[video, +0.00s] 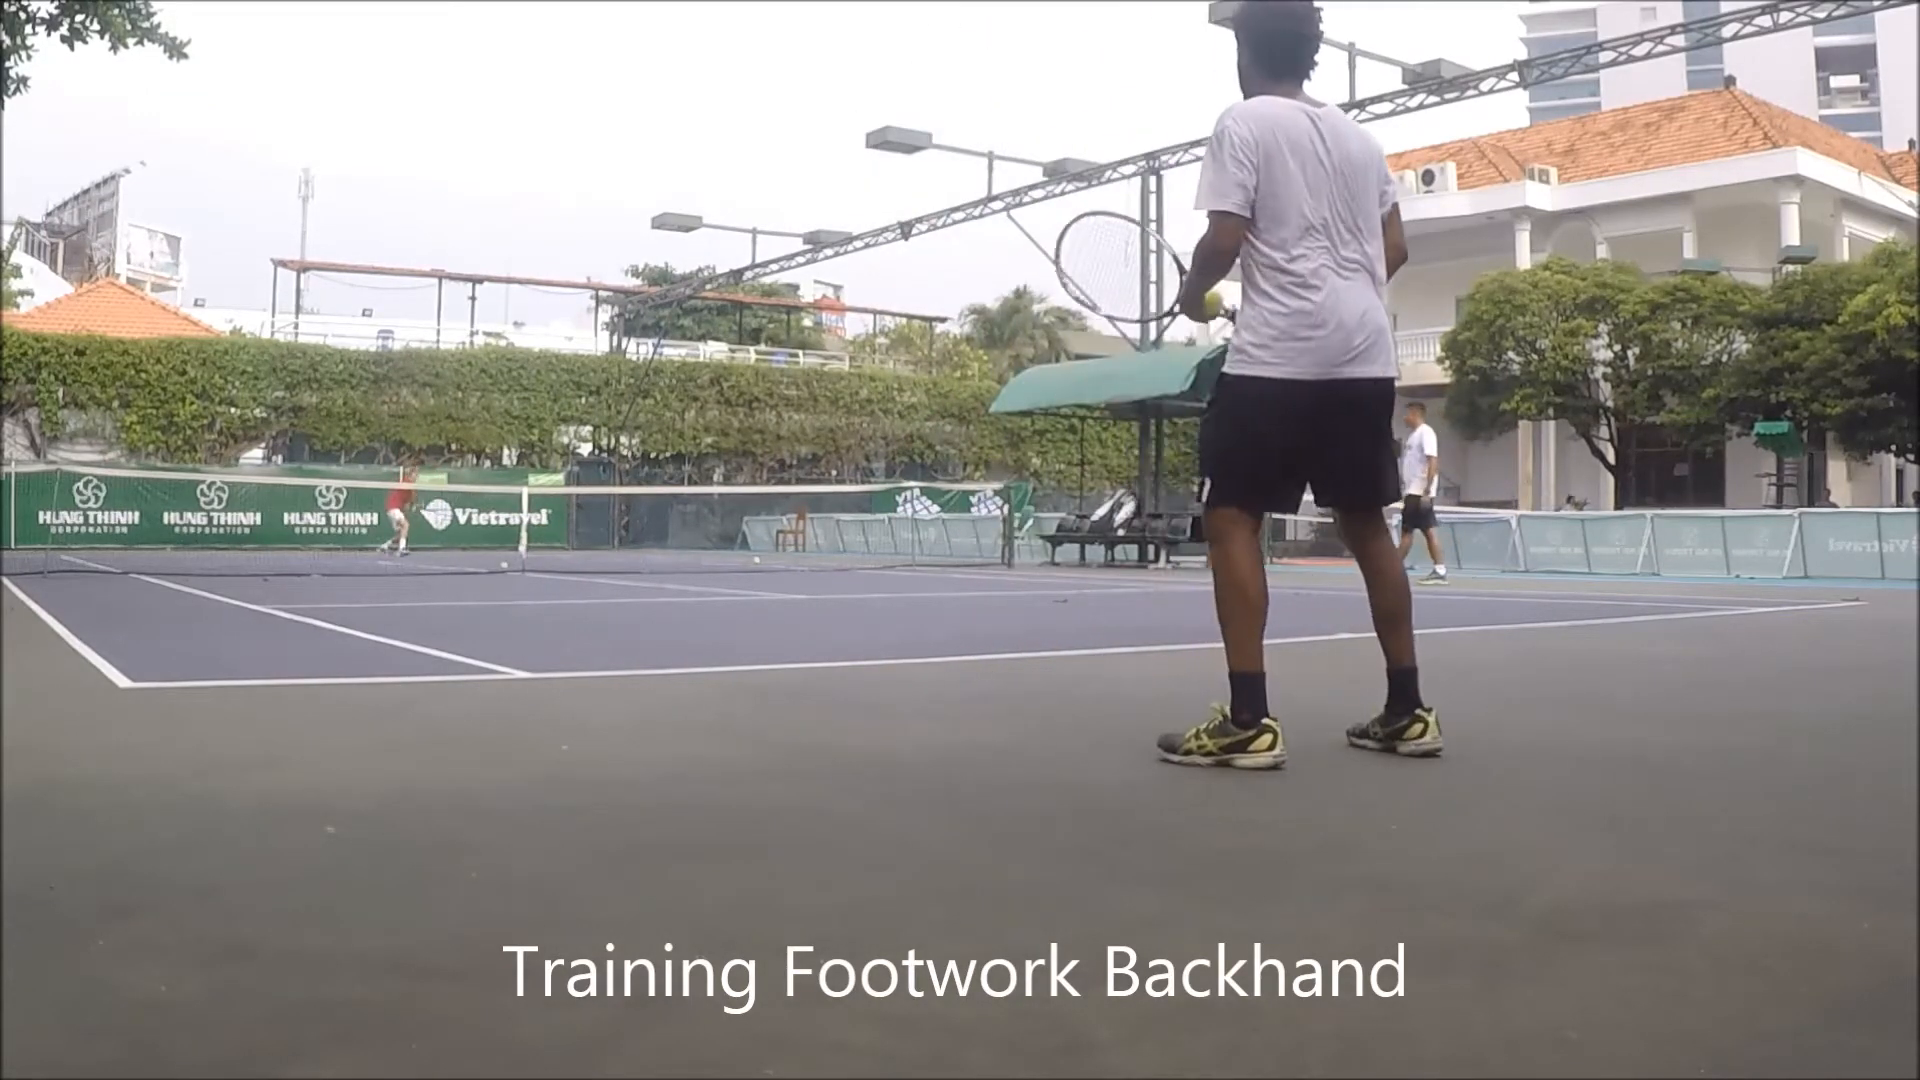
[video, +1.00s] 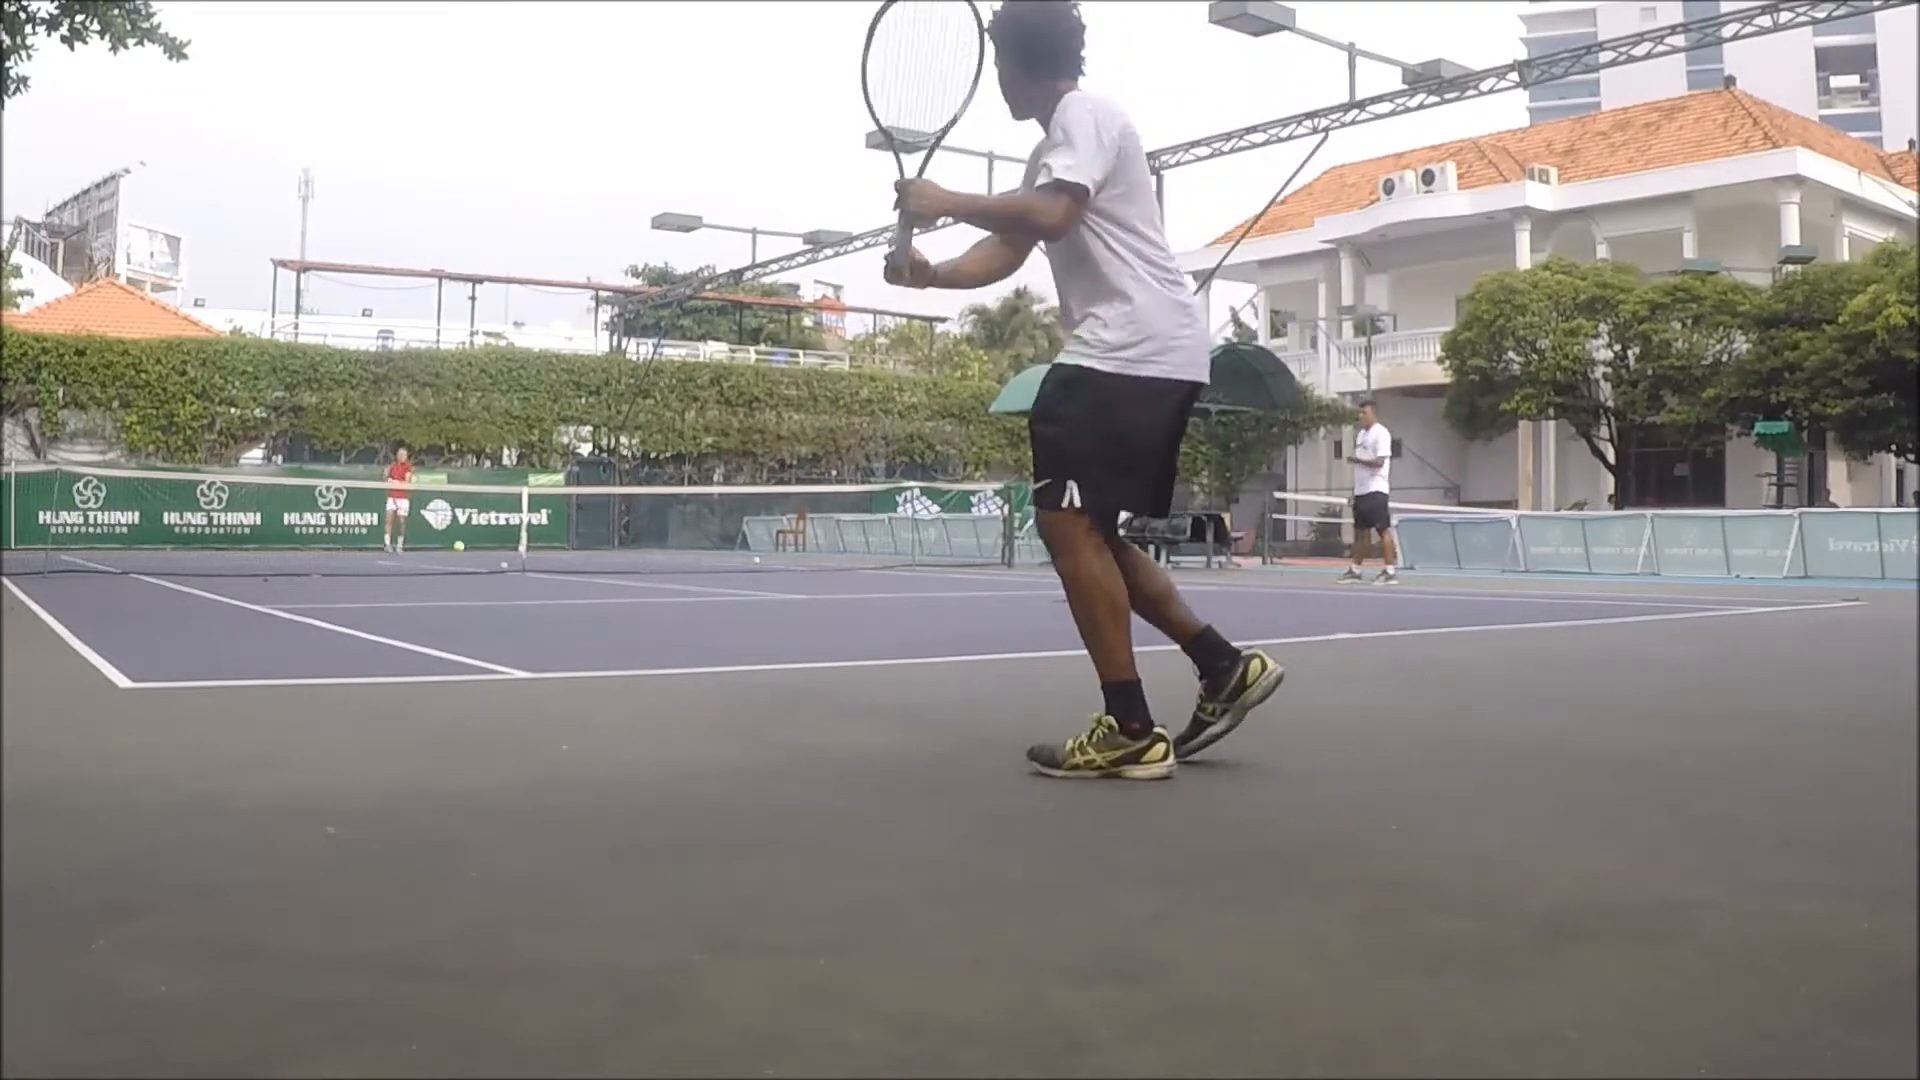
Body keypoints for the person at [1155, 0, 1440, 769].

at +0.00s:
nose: (1232, 60)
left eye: (1235, 46)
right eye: (1237, 45)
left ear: (1246, 52)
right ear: (1312, 55)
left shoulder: (1244, 122)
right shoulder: (1359, 137)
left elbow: (1225, 239)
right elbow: (1394, 250)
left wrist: (1193, 289)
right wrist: (1341, 304)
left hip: (1274, 360)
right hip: (1366, 363)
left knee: (1230, 523)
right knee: (1367, 524)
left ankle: (1247, 719)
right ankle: (1407, 708)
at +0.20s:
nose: (1250, 66)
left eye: (1252, 54)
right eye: (1254, 53)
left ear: (1261, 57)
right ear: (1328, 58)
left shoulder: (1259, 124)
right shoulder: (1378, 141)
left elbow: (1236, 237)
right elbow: (1410, 250)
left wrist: (1212, 278)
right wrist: (1353, 291)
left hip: (1288, 364)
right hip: (1380, 366)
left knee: (1239, 524)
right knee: (1373, 528)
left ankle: (1248, 718)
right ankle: (1407, 708)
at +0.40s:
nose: (1233, 68)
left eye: (1236, 56)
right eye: (1236, 55)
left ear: (1247, 61)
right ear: (1313, 64)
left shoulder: (1247, 126)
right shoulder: (1364, 144)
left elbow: (1233, 237)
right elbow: (1401, 252)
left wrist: (1205, 283)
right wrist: (1343, 300)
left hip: (1280, 355)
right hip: (1373, 360)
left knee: (1210, 518)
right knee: (1360, 527)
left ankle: (1229, 706)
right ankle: (1405, 707)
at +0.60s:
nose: (1178, 98)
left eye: (1180, 86)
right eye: (1180, 85)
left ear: (1191, 86)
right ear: (1256, 89)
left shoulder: (1202, 153)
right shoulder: (1310, 165)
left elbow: (1200, 271)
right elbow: (1339, 276)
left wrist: (1157, 299)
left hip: (1254, 373)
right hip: (1341, 383)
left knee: (1139, 525)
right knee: (1326, 548)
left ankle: (1144, 717)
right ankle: (1402, 710)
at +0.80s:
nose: (1078, 89)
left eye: (1081, 73)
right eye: (1079, 73)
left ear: (1097, 73)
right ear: (1155, 73)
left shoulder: (1128, 140)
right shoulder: (1191, 145)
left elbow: (1110, 260)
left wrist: (1039, 272)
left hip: (1174, 370)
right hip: (1246, 374)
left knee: (1074, 527)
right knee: (1236, 541)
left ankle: (1129, 726)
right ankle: (1358, 688)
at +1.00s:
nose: (994, 75)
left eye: (998, 58)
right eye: (995, 58)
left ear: (1019, 60)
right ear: (1069, 51)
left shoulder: (1085, 114)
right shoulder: (1067, 138)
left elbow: (1052, 215)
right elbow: (1004, 251)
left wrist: (950, 200)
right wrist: (932, 271)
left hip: (1128, 347)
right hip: (1149, 350)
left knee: (1064, 518)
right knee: (1089, 532)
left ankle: (1130, 725)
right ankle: (1223, 667)